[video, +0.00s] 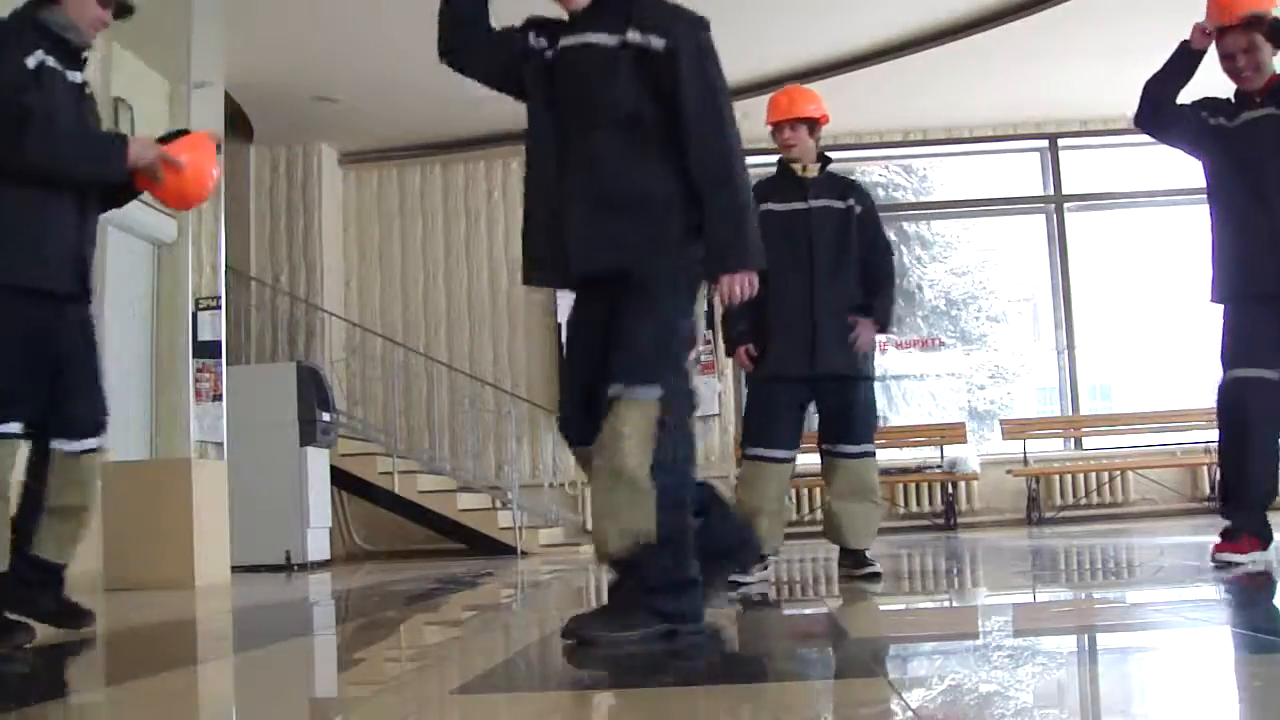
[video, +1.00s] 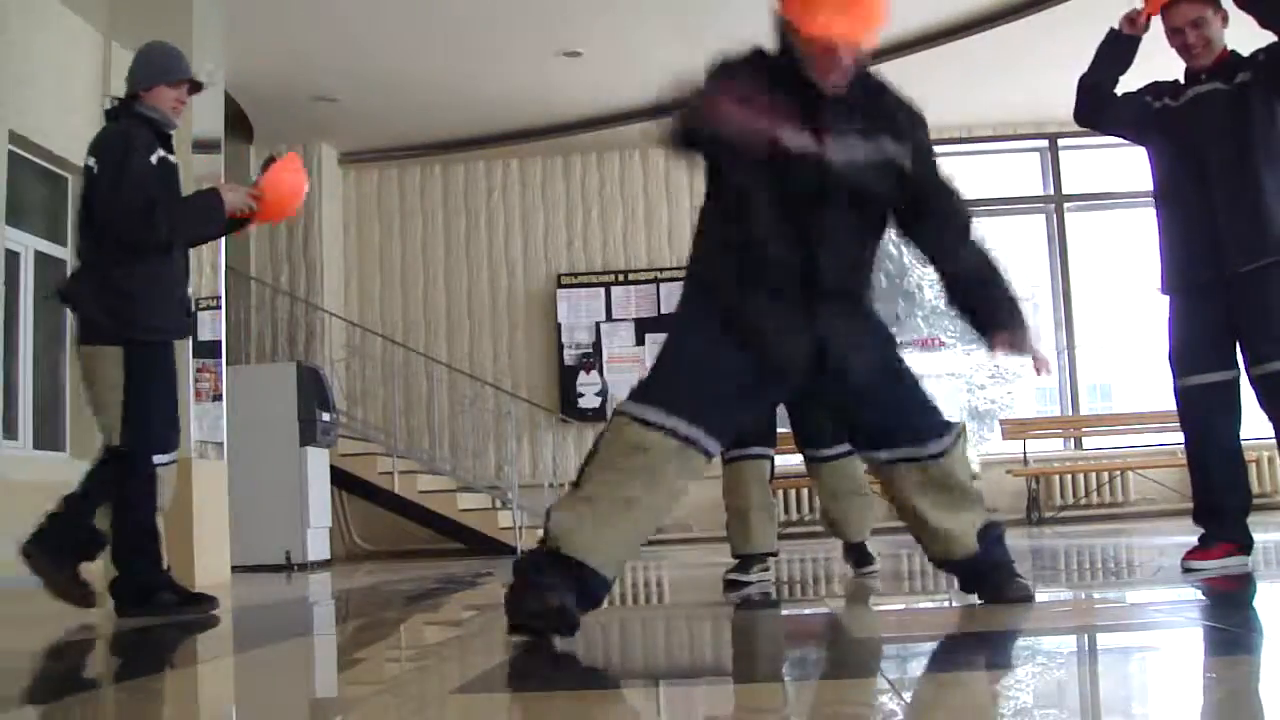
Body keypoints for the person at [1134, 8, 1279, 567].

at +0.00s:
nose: (1240, 63)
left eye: (1249, 51)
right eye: (1229, 55)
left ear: (1272, 46)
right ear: (1219, 59)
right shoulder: (1216, 122)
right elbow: (1151, 115)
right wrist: (1191, 50)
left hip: (1275, 286)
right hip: (1249, 289)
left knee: (1255, 401)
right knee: (1245, 400)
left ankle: (1251, 525)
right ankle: (1247, 525)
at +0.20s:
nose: (1230, 58)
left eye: (1239, 47)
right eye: (1220, 51)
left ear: (1263, 45)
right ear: (1210, 57)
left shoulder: (1279, 101)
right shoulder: (1207, 120)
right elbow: (1141, 118)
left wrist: (1270, 29)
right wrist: (1180, 48)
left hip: (1274, 283)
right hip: (1244, 285)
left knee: (1246, 405)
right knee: (1238, 402)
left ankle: (1234, 528)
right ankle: (1231, 528)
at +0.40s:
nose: (1216, 51)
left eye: (1224, 37)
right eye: (1203, 44)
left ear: (1247, 35)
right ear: (1190, 52)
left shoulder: (1276, 94)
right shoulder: (1185, 117)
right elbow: (1120, 115)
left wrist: (1269, 13)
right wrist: (1156, 45)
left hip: (1279, 283)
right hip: (1222, 290)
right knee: (1222, 409)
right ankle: (1228, 535)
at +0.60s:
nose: (1200, 41)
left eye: (1208, 28)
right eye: (1186, 34)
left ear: (1229, 26)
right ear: (1171, 44)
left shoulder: (1270, 84)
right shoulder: (1163, 109)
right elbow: (1095, 103)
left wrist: (1255, 5)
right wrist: (1135, 28)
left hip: (1272, 277)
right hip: (1203, 286)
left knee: (1278, 387)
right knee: (1206, 408)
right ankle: (1225, 535)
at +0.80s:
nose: (1189, 41)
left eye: (1197, 27)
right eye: (1175, 34)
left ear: (1219, 24)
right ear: (1163, 42)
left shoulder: (1263, 80)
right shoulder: (1154, 106)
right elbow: (1087, 105)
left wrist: (1242, 1)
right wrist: (1124, 27)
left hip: (1266, 275)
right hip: (1193, 287)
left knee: (1275, 398)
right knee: (1203, 413)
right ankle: (1225, 537)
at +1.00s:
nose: (1188, 38)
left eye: (1197, 24)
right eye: (1176, 31)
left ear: (1223, 21)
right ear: (1167, 39)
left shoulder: (1265, 76)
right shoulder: (1158, 104)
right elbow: (1090, 109)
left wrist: (1246, 3)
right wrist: (1125, 34)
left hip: (1266, 273)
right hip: (1195, 285)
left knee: (1278, 400)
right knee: (1205, 415)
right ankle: (1226, 538)